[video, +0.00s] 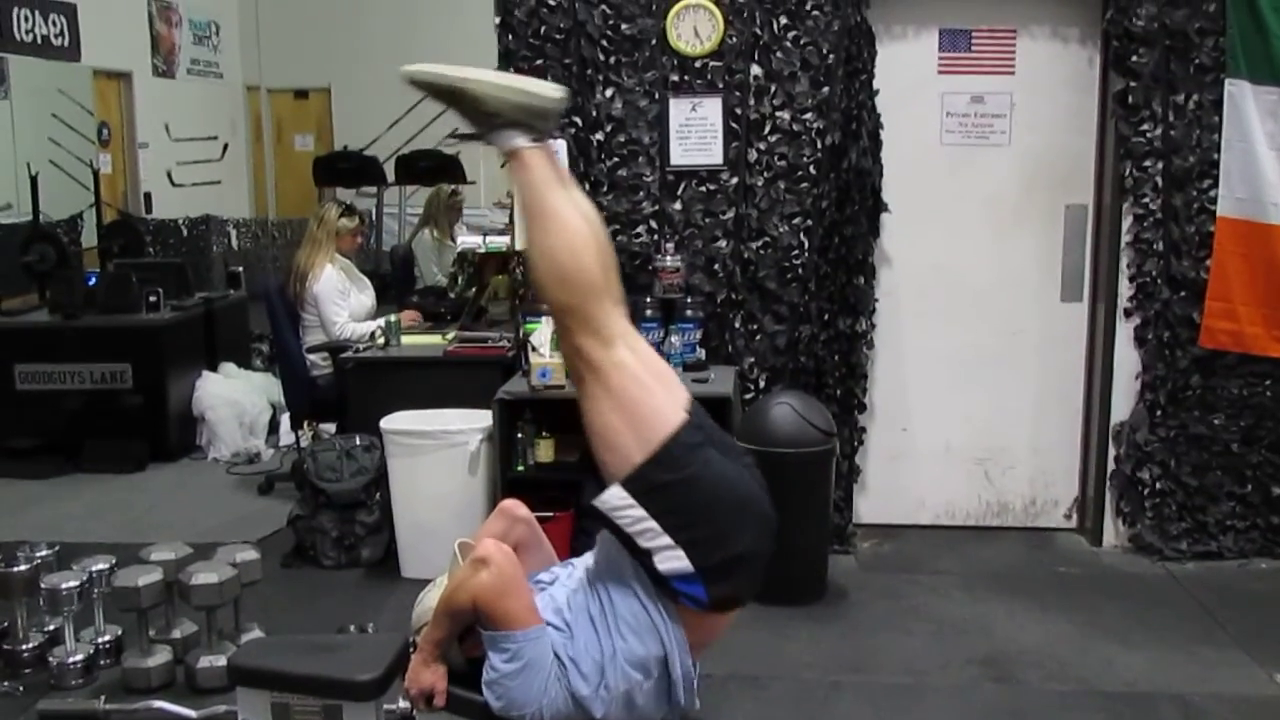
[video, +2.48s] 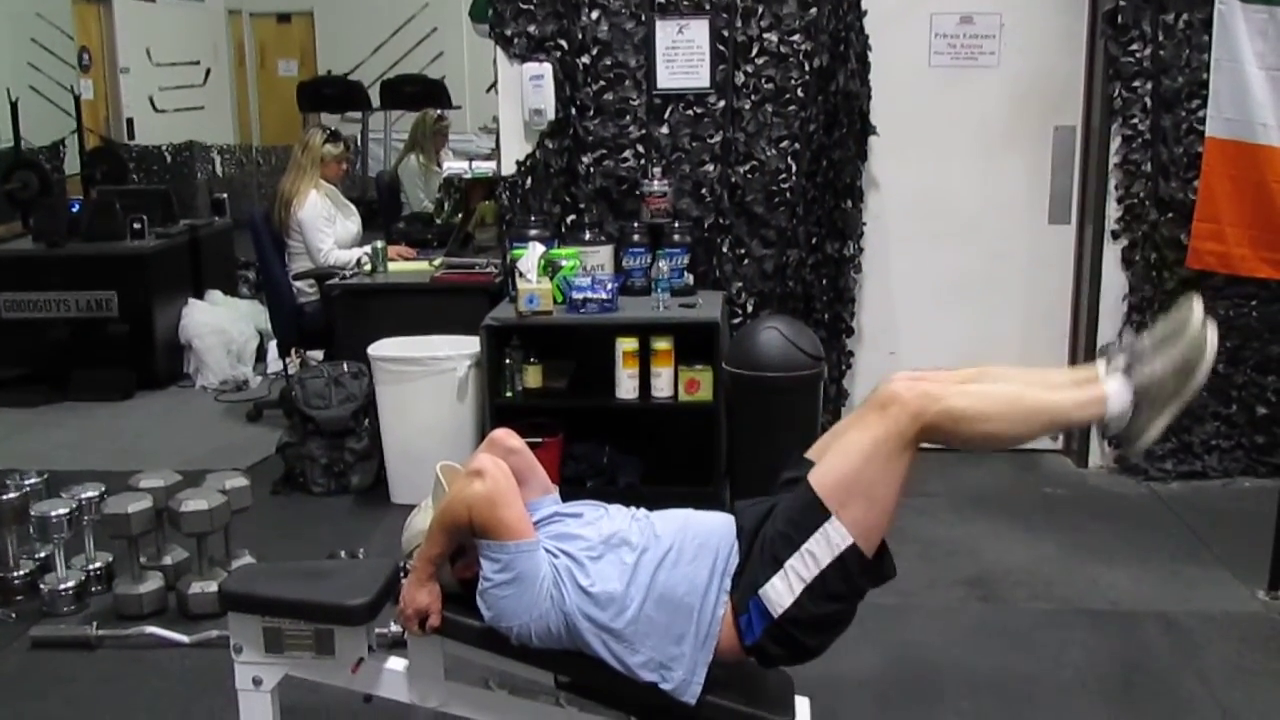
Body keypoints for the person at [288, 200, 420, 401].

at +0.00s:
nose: (360, 240)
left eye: (361, 234)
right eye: (355, 235)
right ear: (334, 235)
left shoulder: (338, 266)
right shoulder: (326, 274)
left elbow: (347, 324)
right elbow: (339, 332)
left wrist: (391, 322)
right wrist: (392, 323)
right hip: (331, 371)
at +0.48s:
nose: (363, 243)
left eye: (364, 236)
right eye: (357, 237)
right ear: (336, 237)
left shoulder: (340, 268)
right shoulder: (328, 275)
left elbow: (351, 325)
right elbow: (342, 332)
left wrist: (397, 323)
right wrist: (396, 325)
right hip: (333, 373)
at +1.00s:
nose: (362, 238)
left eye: (362, 232)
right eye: (357, 232)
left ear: (340, 233)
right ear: (337, 232)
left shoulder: (337, 264)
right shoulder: (326, 269)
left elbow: (349, 321)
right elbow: (340, 328)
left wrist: (395, 320)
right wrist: (394, 321)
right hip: (333, 370)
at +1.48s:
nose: (352, 225)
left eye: (353, 219)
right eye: (347, 219)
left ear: (331, 219)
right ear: (328, 218)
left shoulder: (328, 250)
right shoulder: (317, 256)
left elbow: (340, 307)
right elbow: (332, 315)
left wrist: (386, 307)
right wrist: (385, 308)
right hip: (324, 357)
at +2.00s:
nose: (347, 181)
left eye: (347, 174)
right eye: (341, 175)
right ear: (322, 175)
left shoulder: (325, 207)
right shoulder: (312, 212)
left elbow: (336, 264)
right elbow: (327, 271)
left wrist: (382, 263)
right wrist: (382, 265)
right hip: (319, 312)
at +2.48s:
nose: (345, 168)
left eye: (345, 161)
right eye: (339, 162)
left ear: (324, 163)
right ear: (319, 162)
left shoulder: (322, 194)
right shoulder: (311, 199)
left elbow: (334, 251)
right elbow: (326, 258)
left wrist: (380, 250)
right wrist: (380, 253)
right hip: (317, 300)